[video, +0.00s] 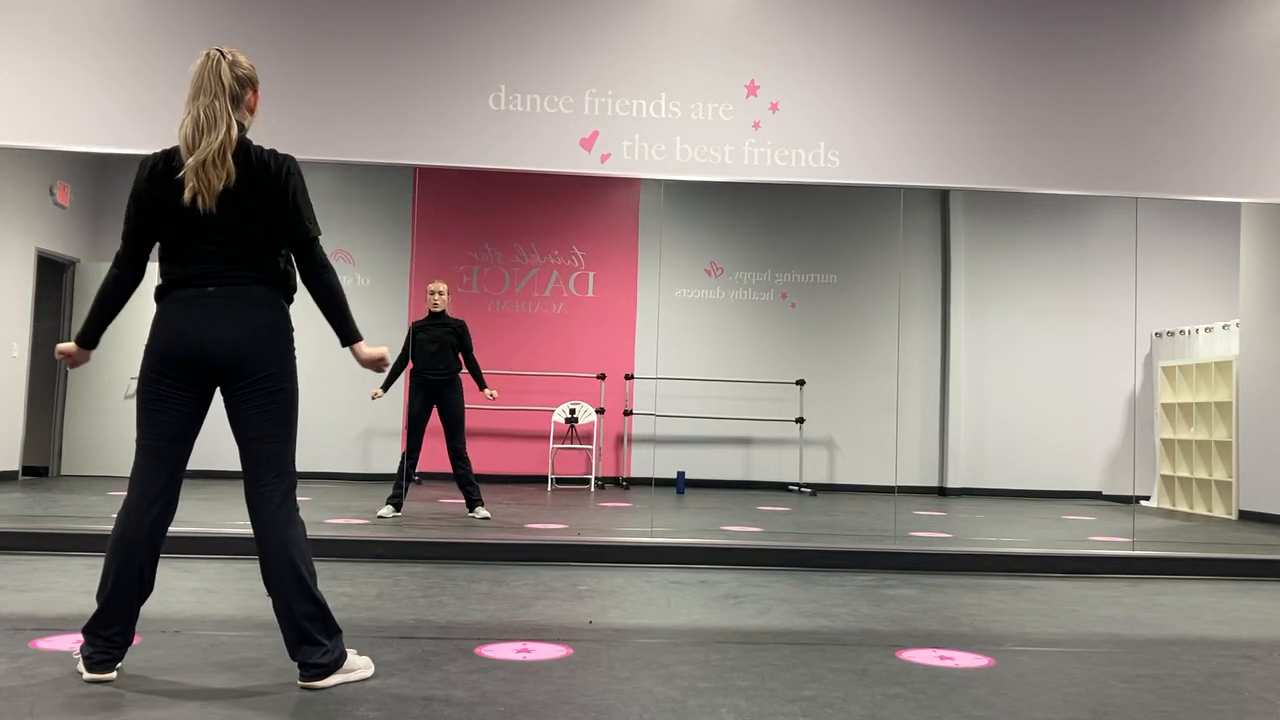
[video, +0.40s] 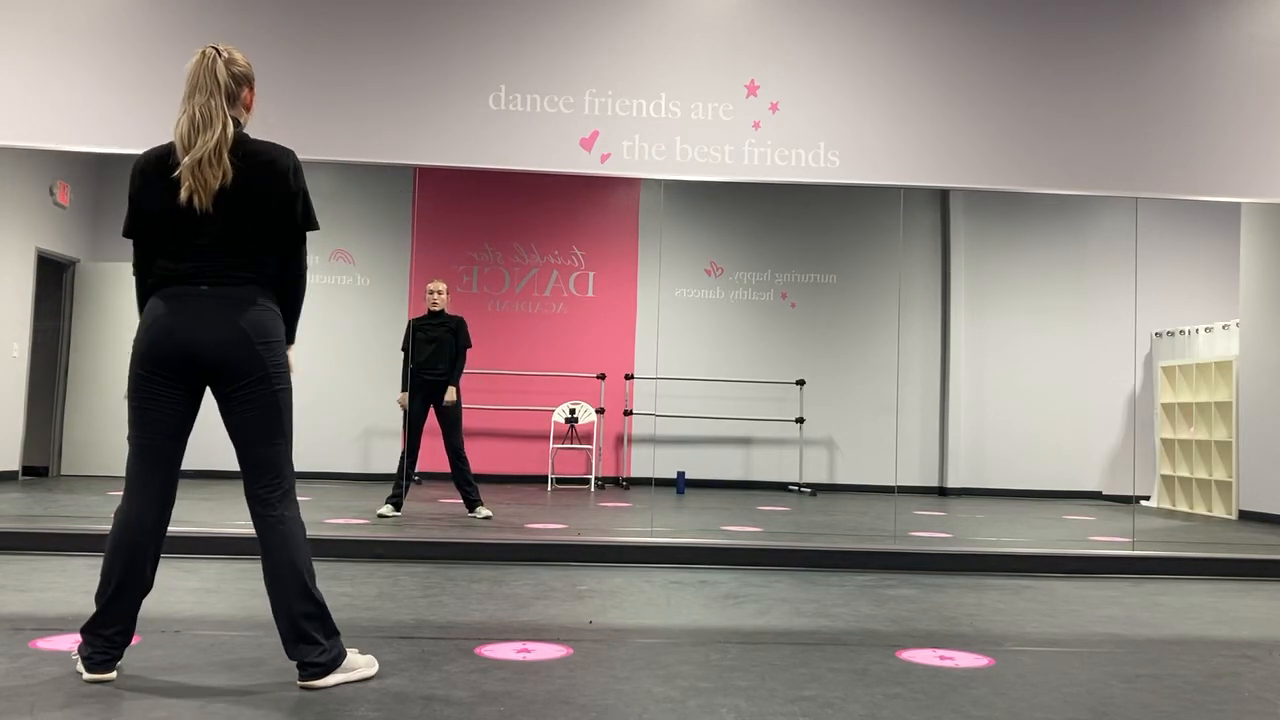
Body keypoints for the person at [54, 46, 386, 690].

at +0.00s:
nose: (260, 102)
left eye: (257, 91)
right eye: (258, 93)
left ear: (196, 95)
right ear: (246, 98)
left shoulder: (160, 169)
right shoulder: (277, 170)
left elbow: (129, 263)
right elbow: (313, 259)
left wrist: (85, 340)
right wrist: (354, 340)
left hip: (176, 332)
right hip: (258, 334)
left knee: (149, 490)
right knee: (273, 496)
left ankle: (102, 648)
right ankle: (318, 656)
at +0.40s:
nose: (256, 101)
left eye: (252, 90)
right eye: (254, 92)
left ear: (192, 94)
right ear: (244, 96)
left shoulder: (152, 165)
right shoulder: (277, 163)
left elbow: (145, 266)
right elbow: (292, 265)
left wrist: (155, 338)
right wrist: (282, 338)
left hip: (165, 324)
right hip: (250, 323)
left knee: (145, 487)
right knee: (273, 494)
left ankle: (101, 648)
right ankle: (317, 655)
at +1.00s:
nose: (277, 104)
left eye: (274, 94)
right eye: (274, 95)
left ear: (211, 98)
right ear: (262, 101)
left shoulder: (180, 170)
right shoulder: (291, 164)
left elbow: (199, 237)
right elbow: (319, 236)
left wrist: (289, 240)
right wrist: (267, 231)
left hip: (195, 324)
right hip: (275, 323)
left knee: (160, 488)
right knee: (294, 491)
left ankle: (101, 648)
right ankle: (338, 657)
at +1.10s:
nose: (276, 105)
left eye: (272, 95)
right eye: (273, 96)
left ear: (212, 99)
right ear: (262, 102)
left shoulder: (176, 168)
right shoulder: (292, 165)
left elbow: (189, 240)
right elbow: (315, 235)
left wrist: (266, 228)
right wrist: (260, 217)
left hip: (180, 324)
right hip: (260, 326)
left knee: (149, 486)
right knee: (282, 494)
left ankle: (100, 648)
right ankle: (338, 658)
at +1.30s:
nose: (268, 112)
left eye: (264, 102)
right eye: (266, 103)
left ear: (203, 105)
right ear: (256, 107)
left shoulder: (167, 173)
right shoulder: (290, 177)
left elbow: (155, 251)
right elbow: (293, 255)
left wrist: (210, 268)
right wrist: (234, 274)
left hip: (163, 328)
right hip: (248, 332)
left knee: (135, 487)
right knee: (274, 499)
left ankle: (98, 650)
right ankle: (336, 659)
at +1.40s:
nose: (268, 107)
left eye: (265, 97)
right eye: (266, 98)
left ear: (203, 99)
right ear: (255, 103)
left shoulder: (167, 169)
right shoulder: (288, 171)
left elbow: (164, 247)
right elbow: (298, 245)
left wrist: (226, 252)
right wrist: (234, 247)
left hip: (169, 324)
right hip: (252, 328)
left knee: (141, 486)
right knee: (278, 496)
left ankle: (99, 650)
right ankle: (337, 659)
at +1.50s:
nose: (271, 109)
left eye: (268, 99)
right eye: (269, 101)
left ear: (207, 99)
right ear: (257, 104)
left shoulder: (174, 166)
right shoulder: (285, 165)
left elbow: (169, 235)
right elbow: (309, 239)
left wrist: (234, 217)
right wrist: (271, 198)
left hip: (180, 327)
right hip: (261, 327)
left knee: (150, 490)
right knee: (286, 496)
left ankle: (100, 649)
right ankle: (338, 658)